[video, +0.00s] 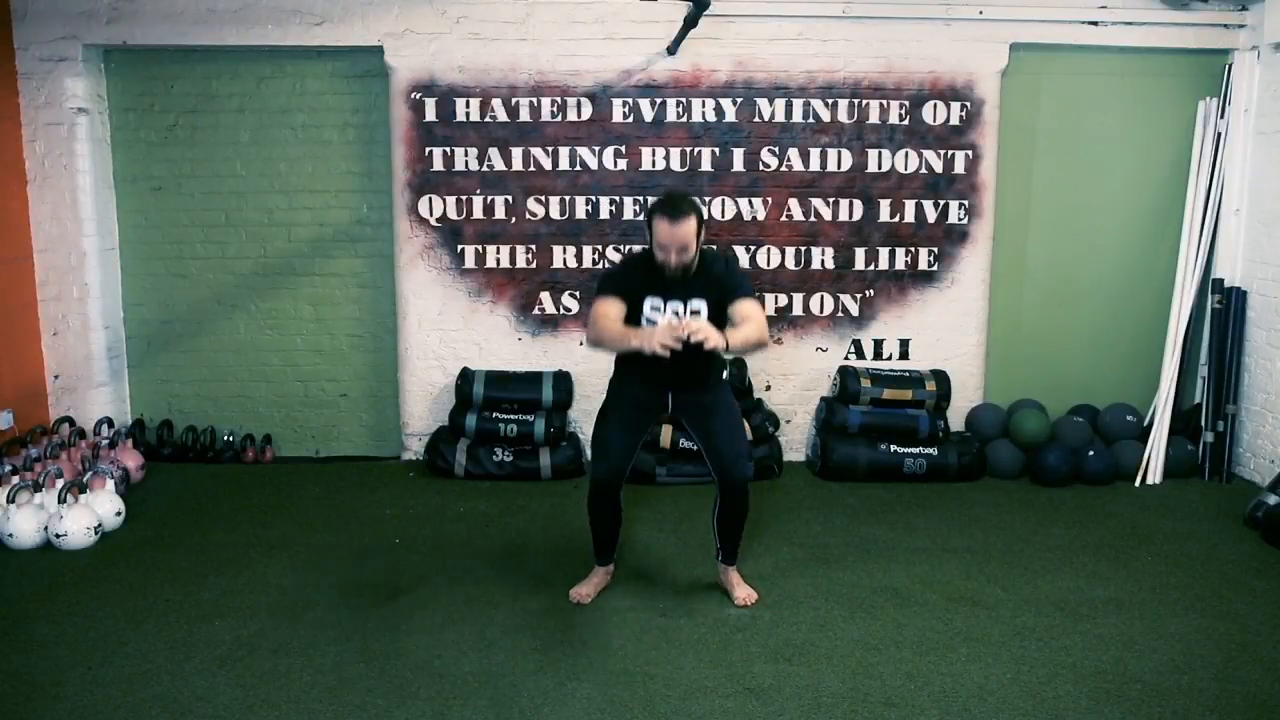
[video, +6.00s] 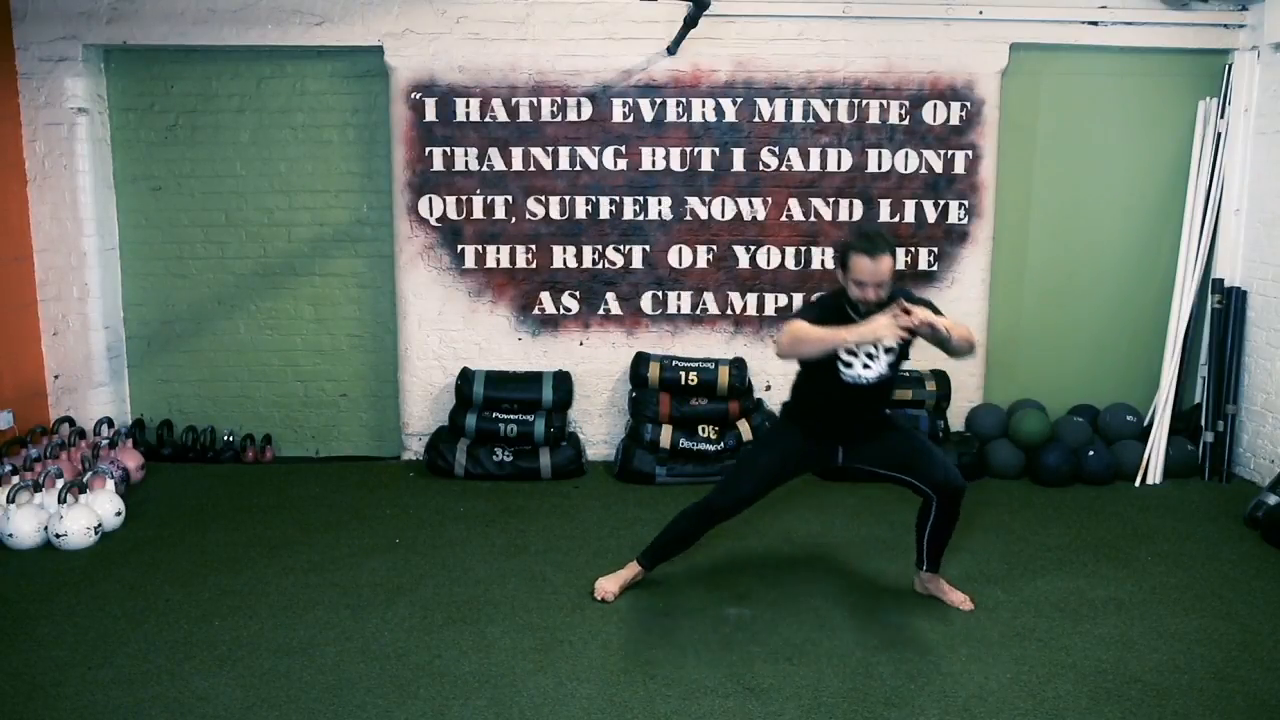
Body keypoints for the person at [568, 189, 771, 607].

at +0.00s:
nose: (673, 259)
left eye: (682, 250)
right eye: (663, 249)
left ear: (699, 235)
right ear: (650, 237)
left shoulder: (721, 270)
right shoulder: (628, 272)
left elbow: (757, 329)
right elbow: (598, 330)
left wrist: (724, 338)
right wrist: (643, 336)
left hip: (703, 386)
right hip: (637, 384)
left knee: (736, 472)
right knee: (605, 471)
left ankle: (728, 565)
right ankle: (603, 566)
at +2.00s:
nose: (525, 284)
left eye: (536, 275)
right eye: (517, 273)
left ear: (552, 264)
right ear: (502, 261)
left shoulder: (570, 292)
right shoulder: (481, 294)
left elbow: (618, 345)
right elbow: (440, 349)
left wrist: (567, 332)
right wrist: (492, 330)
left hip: (564, 411)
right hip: (493, 414)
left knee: (639, 484)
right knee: (431, 483)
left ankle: (713, 565)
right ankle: (416, 575)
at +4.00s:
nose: (675, 237)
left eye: (684, 227)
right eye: (666, 227)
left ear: (701, 217)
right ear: (653, 218)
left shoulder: (721, 254)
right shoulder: (635, 253)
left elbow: (771, 306)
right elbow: (597, 306)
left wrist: (731, 300)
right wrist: (650, 296)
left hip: (704, 379)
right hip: (640, 378)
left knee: (734, 472)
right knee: (615, 472)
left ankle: (723, 567)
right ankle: (617, 563)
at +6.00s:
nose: (870, 294)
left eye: (879, 285)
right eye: (862, 284)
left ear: (893, 273)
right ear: (844, 272)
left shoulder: (907, 304)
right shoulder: (827, 305)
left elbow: (966, 346)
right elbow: (787, 343)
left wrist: (936, 327)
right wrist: (865, 331)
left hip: (870, 433)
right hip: (803, 431)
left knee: (947, 482)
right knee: (724, 502)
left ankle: (928, 576)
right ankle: (636, 569)